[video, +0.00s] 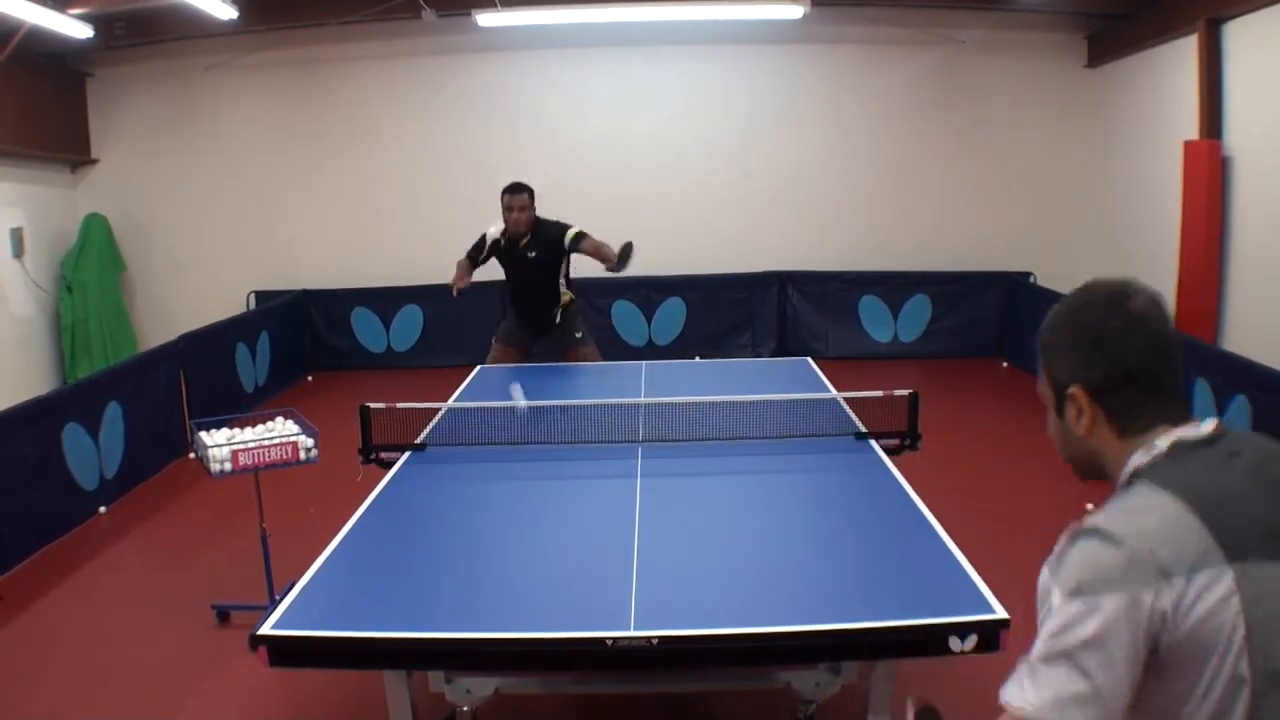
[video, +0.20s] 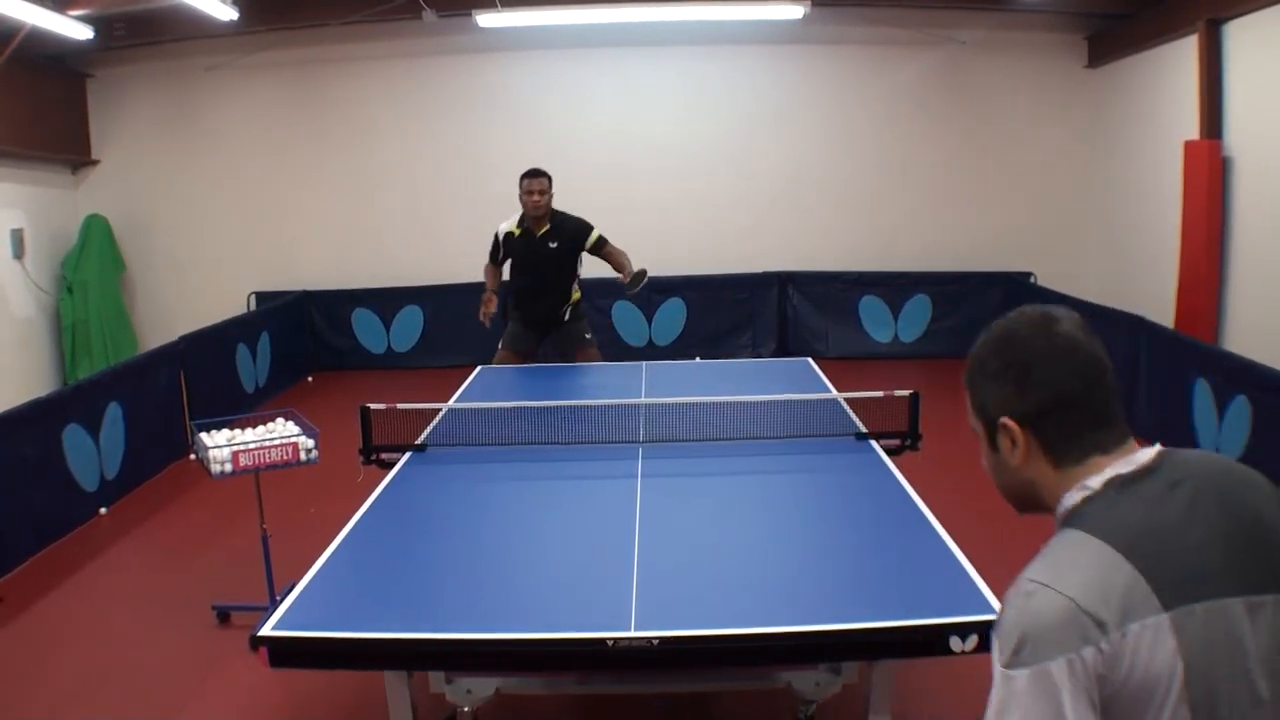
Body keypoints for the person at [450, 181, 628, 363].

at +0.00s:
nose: (516, 216)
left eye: (522, 209)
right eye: (509, 210)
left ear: (533, 210)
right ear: (502, 211)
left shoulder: (554, 232)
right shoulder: (496, 236)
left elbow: (590, 246)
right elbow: (469, 260)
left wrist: (612, 259)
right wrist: (462, 276)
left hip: (561, 314)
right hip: (520, 315)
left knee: (594, 374)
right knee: (493, 376)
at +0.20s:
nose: (536, 199)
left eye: (542, 193)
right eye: (529, 193)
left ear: (551, 195)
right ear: (520, 197)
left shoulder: (572, 227)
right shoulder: (507, 232)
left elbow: (608, 251)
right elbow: (494, 264)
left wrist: (627, 271)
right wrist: (491, 292)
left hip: (567, 316)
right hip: (524, 318)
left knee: (595, 375)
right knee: (499, 378)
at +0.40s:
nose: (553, 191)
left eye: (559, 186)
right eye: (546, 185)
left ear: (568, 190)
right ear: (536, 188)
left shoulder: (584, 227)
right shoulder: (517, 222)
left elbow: (606, 265)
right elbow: (494, 255)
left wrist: (609, 298)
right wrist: (501, 284)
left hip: (569, 316)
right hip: (524, 313)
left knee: (594, 379)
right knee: (495, 377)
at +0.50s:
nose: (546, 195)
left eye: (553, 190)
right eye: (540, 190)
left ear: (562, 194)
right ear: (531, 193)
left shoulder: (579, 232)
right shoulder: (512, 226)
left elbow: (595, 273)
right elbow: (481, 258)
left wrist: (589, 311)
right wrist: (486, 283)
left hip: (563, 322)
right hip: (518, 319)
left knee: (596, 378)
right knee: (491, 379)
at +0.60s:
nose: (524, 199)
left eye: (531, 194)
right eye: (518, 194)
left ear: (541, 199)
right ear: (510, 198)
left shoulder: (560, 235)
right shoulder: (493, 234)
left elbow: (579, 276)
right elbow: (468, 267)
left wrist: (568, 319)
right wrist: (468, 288)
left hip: (552, 328)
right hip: (507, 328)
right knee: (488, 385)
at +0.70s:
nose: (494, 197)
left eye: (501, 191)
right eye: (488, 192)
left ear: (513, 196)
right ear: (481, 196)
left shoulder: (535, 232)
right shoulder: (468, 238)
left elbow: (558, 275)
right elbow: (454, 272)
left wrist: (555, 324)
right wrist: (447, 291)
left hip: (531, 325)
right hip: (489, 325)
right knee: (481, 384)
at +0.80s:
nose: (469, 190)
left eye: (476, 184)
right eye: (463, 185)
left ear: (489, 187)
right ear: (456, 190)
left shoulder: (515, 224)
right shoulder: (447, 234)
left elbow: (538, 268)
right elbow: (441, 271)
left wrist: (547, 318)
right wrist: (434, 291)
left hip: (519, 320)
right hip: (475, 322)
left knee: (530, 388)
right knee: (467, 388)